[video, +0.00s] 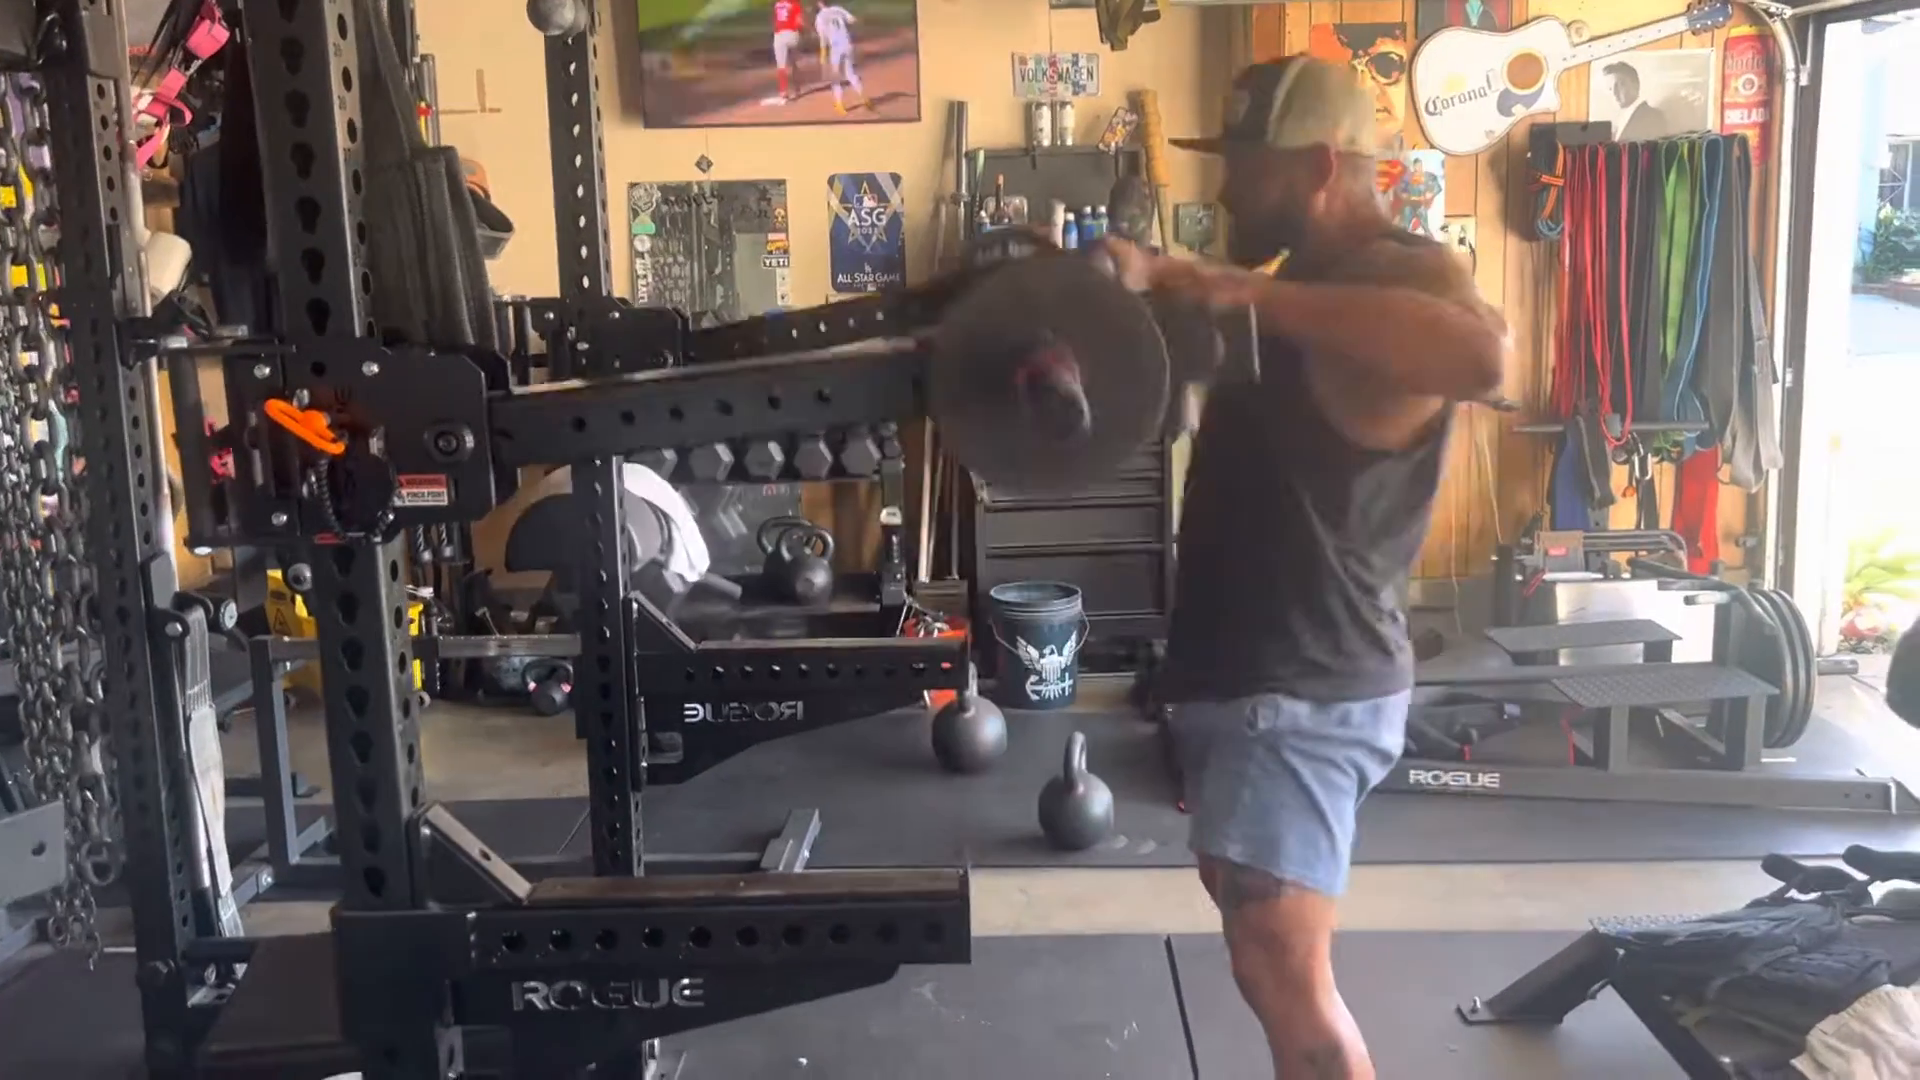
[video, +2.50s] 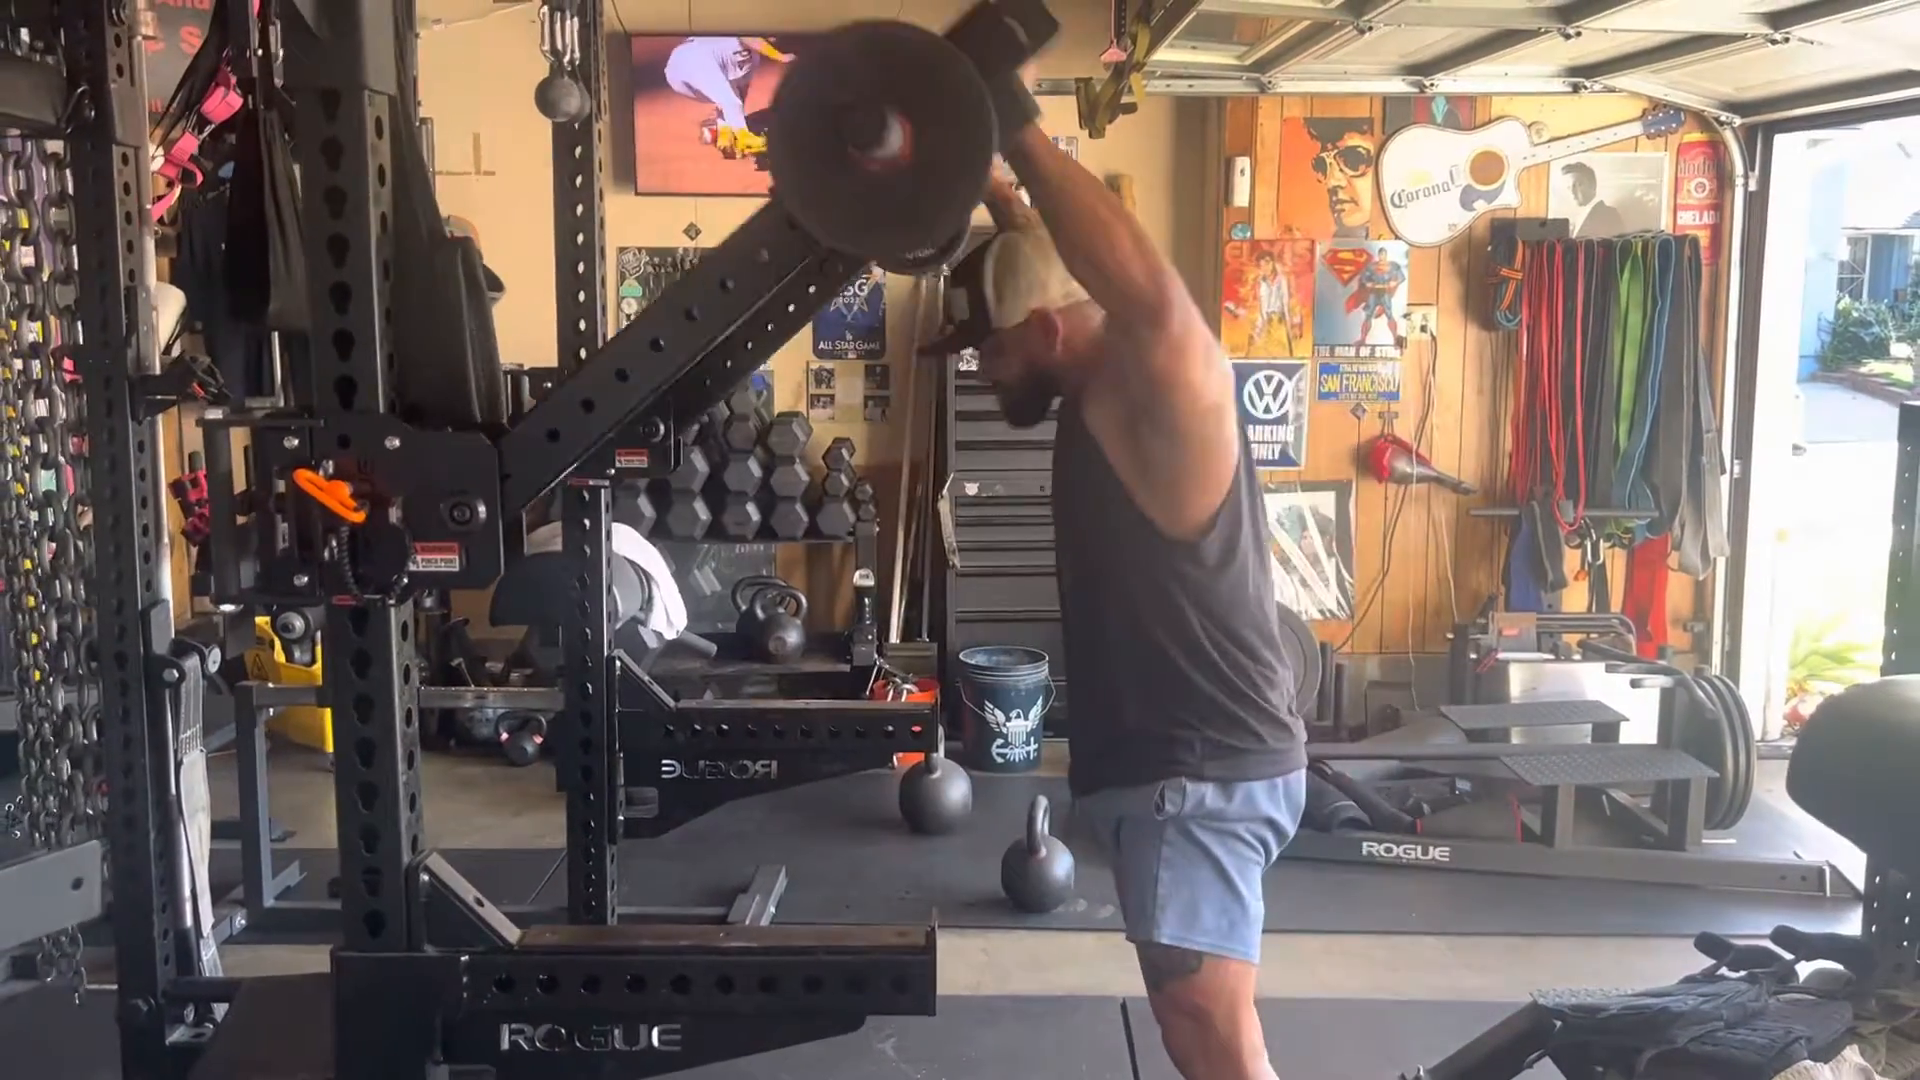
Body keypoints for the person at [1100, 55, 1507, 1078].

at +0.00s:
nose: (1223, 179)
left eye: (1244, 158)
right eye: (1225, 157)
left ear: (1320, 168)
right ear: (1313, 169)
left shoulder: (1402, 272)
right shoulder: (1297, 283)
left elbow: (1482, 356)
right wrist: (1118, 286)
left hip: (1302, 690)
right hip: (1249, 678)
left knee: (1285, 971)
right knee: (1275, 959)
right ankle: (1311, 1064)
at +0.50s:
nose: (986, 338)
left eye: (990, 309)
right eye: (979, 318)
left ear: (1042, 273)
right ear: (1042, 274)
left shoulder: (1149, 296)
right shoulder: (1103, 314)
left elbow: (1038, 146)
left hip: (1251, 718)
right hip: (1208, 712)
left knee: (1260, 1003)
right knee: (1249, 991)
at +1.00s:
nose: (1026, 320)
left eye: (1030, 287)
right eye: (1016, 292)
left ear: (1097, 253)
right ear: (1097, 255)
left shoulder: (1212, 325)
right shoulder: (1153, 335)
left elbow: (1292, 300)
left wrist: (1125, 127)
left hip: (1269, 741)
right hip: (1231, 737)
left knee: (1271, 1019)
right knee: (1263, 1010)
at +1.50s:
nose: (1180, 396)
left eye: (1188, 371)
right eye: (1176, 375)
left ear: (1262, 362)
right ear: (1262, 364)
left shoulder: (1376, 459)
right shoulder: (1282, 451)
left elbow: (1268, 646)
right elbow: (1165, 566)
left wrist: (1088, 764)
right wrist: (1042, 636)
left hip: (1475, 796)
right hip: (1369, 771)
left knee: (1293, 1028)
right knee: (1252, 930)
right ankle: (1280, 1069)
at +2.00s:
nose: (1208, 367)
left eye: (1223, 345)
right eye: (1210, 346)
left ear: (1299, 356)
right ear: (1298, 358)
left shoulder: (1384, 468)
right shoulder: (1284, 455)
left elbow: (1252, 634)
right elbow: (1171, 561)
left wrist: (1084, 762)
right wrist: (1048, 641)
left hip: (1451, 803)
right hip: (1351, 781)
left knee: (1273, 1034)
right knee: (1236, 939)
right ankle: (1268, 1069)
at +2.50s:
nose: (985, 373)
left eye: (989, 346)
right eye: (980, 352)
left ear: (1046, 317)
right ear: (1051, 319)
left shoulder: (1156, 358)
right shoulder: (1110, 377)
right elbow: (1060, 276)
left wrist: (1012, 123)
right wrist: (998, 191)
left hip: (1200, 774)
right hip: (1175, 768)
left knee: (1209, 1031)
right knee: (1206, 1020)